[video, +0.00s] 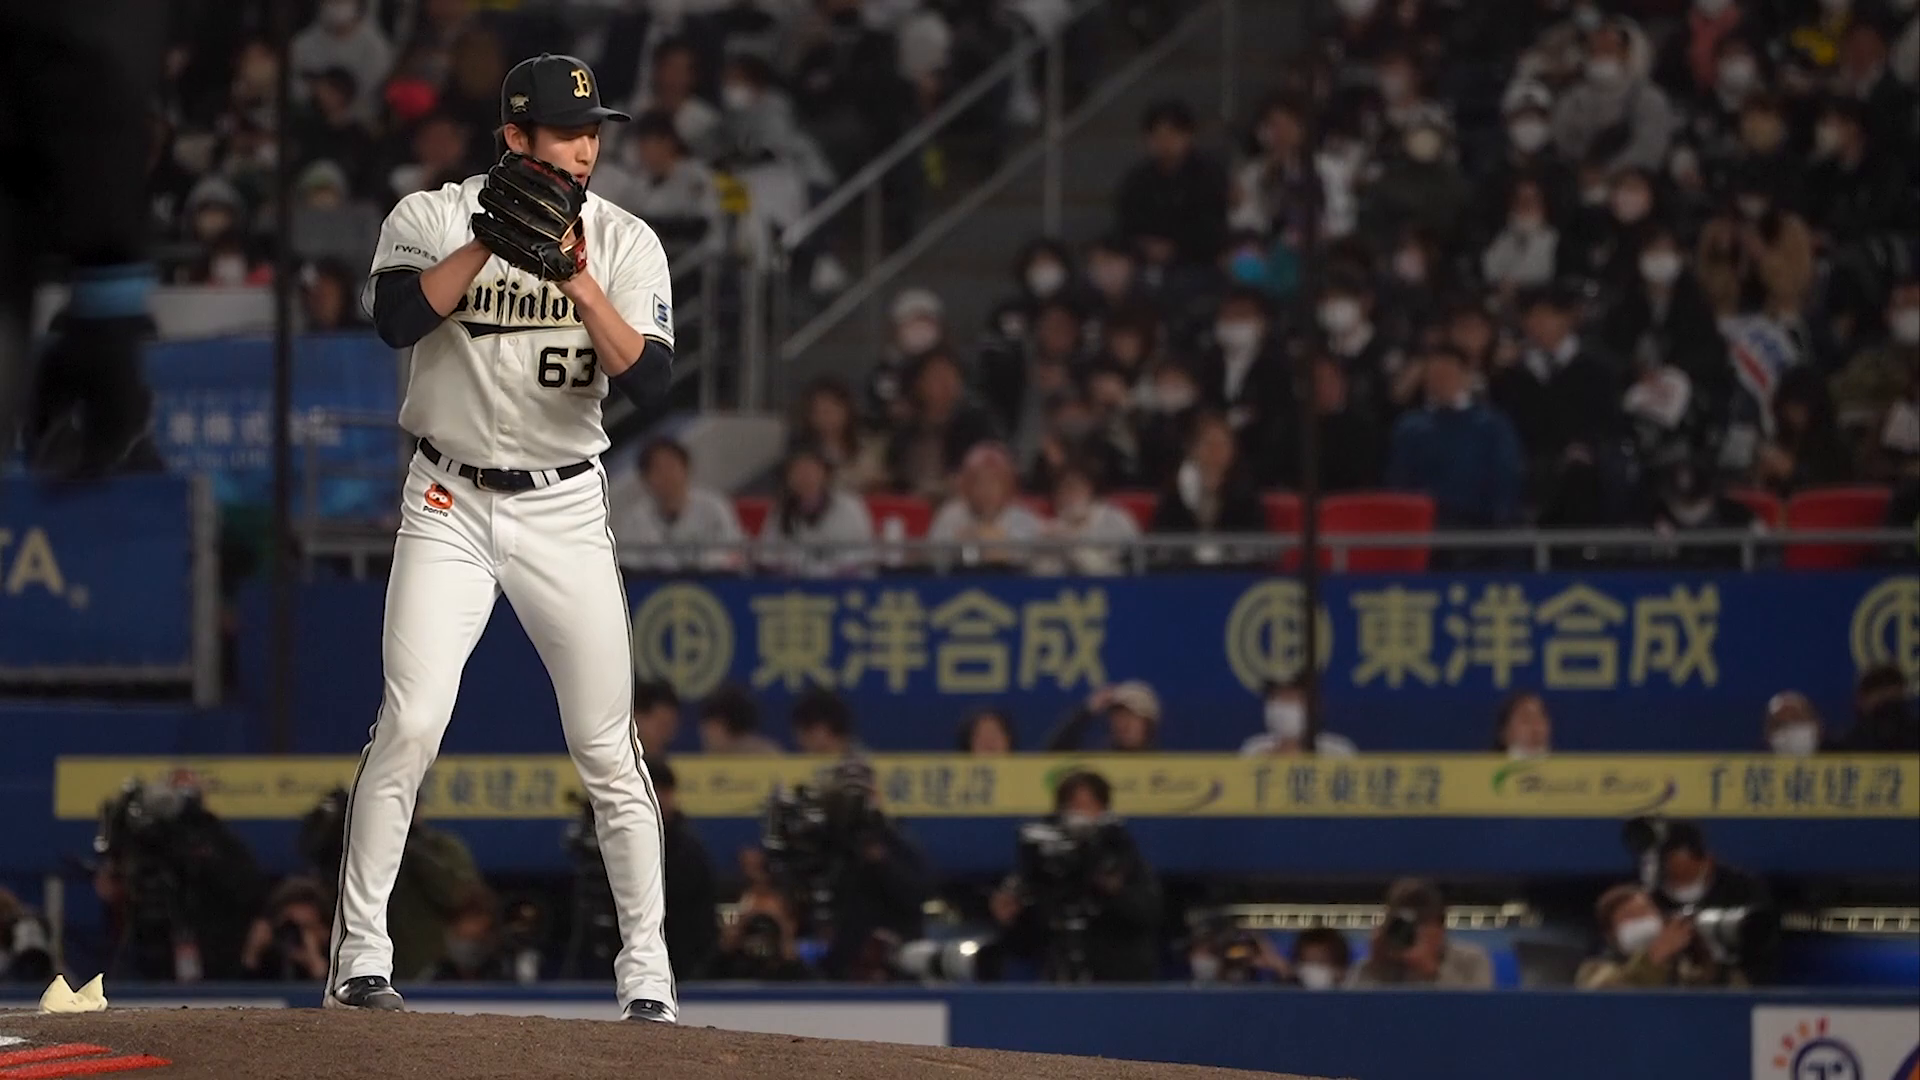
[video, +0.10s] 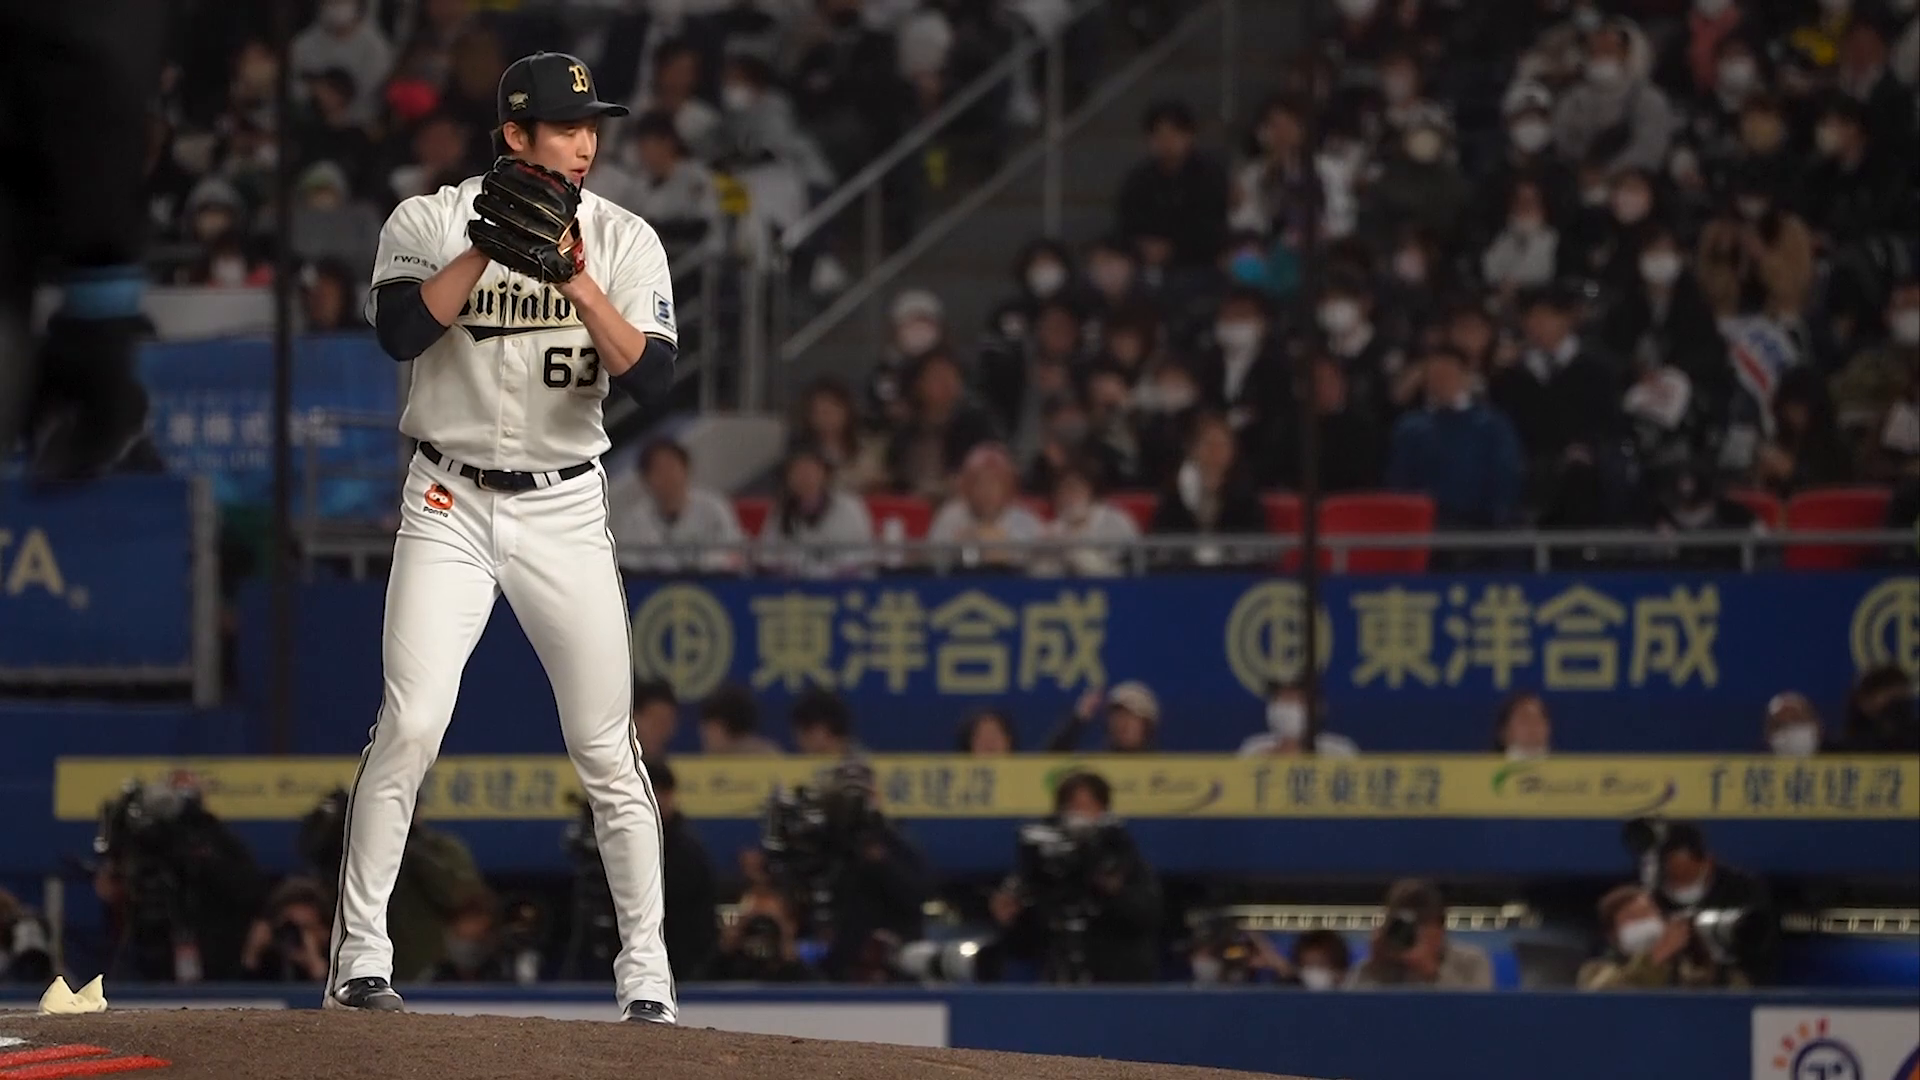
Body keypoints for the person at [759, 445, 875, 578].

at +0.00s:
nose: (806, 481)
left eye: (811, 474)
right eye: (799, 475)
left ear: (825, 477)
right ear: (789, 480)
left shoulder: (850, 509)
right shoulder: (780, 513)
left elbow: (866, 555)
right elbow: (764, 556)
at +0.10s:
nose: (805, 482)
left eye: (811, 474)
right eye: (799, 475)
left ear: (824, 477)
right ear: (789, 481)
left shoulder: (850, 509)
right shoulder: (780, 513)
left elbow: (865, 555)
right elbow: (764, 557)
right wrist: (801, 565)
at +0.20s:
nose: (805, 483)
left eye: (811, 476)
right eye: (799, 476)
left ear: (824, 478)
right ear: (789, 481)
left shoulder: (850, 509)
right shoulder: (780, 513)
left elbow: (865, 556)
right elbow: (764, 557)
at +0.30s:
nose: (806, 483)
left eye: (811, 475)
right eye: (799, 476)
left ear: (824, 478)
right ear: (789, 481)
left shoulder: (850, 509)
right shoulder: (780, 513)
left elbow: (865, 556)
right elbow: (764, 557)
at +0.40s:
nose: (807, 482)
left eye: (812, 475)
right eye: (799, 475)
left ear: (825, 477)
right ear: (789, 480)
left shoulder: (850, 508)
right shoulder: (780, 512)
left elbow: (865, 555)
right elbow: (765, 556)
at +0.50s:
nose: (806, 482)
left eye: (811, 474)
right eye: (799, 475)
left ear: (825, 477)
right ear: (788, 480)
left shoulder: (850, 508)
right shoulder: (780, 512)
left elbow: (865, 555)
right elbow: (764, 556)